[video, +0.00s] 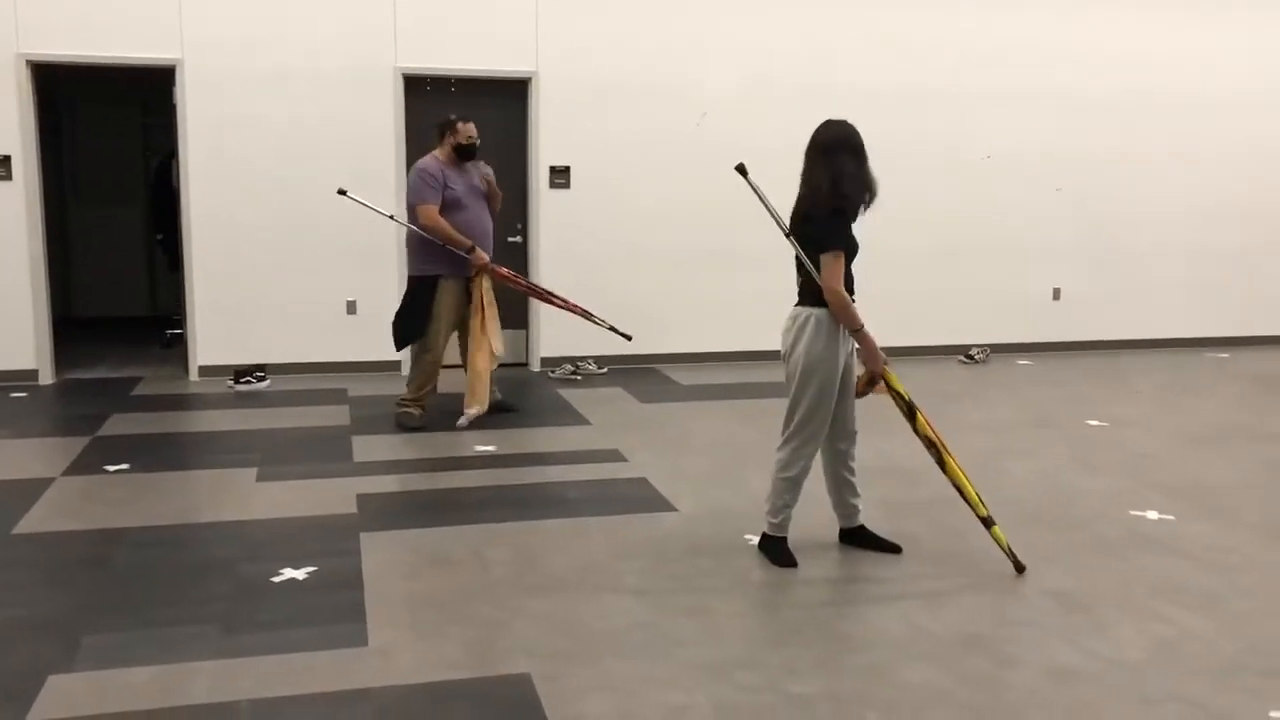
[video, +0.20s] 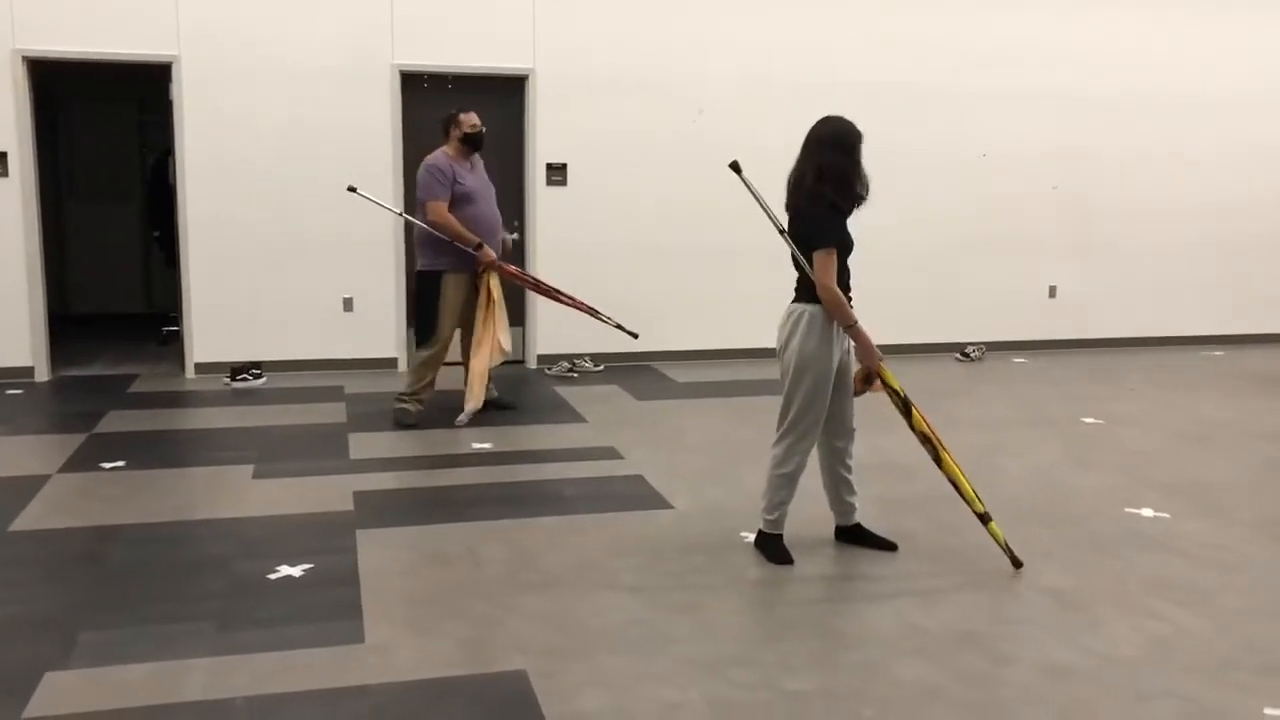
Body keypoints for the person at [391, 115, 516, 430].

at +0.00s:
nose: (474, 144)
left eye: (476, 139)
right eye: (468, 139)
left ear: (475, 140)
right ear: (450, 138)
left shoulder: (473, 168)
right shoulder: (427, 169)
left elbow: (492, 211)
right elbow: (428, 218)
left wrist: (492, 187)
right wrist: (470, 248)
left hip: (474, 269)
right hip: (439, 271)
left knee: (479, 337)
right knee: (431, 343)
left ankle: (485, 397)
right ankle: (411, 405)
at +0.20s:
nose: (479, 133)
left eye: (480, 128)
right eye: (472, 128)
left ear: (479, 133)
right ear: (454, 132)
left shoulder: (475, 162)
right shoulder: (436, 165)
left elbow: (483, 206)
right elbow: (436, 216)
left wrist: (497, 236)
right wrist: (477, 246)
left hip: (479, 264)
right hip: (444, 267)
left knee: (479, 333)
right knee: (437, 338)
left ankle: (479, 393)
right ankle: (409, 401)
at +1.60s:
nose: (435, 108)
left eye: (437, 105)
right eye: (426, 106)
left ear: (441, 117)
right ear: (411, 119)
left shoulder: (445, 149)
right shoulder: (400, 152)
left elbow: (449, 197)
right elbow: (397, 203)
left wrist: (458, 239)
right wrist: (440, 233)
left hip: (447, 251)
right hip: (411, 255)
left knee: (454, 321)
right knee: (406, 327)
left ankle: (459, 382)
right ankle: (388, 392)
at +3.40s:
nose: (441, 118)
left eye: (444, 114)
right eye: (433, 115)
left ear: (449, 122)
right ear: (419, 126)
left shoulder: (453, 155)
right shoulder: (412, 157)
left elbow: (471, 194)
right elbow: (422, 208)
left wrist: (479, 193)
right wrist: (468, 232)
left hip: (456, 255)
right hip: (419, 258)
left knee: (460, 324)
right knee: (415, 331)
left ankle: (468, 383)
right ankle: (398, 394)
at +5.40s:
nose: (457, 125)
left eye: (460, 121)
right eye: (449, 122)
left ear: (466, 129)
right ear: (434, 132)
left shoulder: (470, 164)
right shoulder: (423, 165)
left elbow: (489, 206)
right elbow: (430, 214)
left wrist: (497, 241)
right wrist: (476, 240)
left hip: (472, 264)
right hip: (433, 267)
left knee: (477, 331)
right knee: (428, 339)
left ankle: (482, 390)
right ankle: (411, 402)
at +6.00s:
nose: (458, 125)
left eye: (461, 120)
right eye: (451, 121)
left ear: (466, 125)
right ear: (437, 128)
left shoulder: (469, 158)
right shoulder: (424, 160)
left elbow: (479, 203)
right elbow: (427, 210)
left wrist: (495, 241)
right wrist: (472, 235)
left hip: (469, 260)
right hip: (432, 263)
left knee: (474, 329)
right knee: (428, 336)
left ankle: (481, 387)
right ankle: (411, 399)